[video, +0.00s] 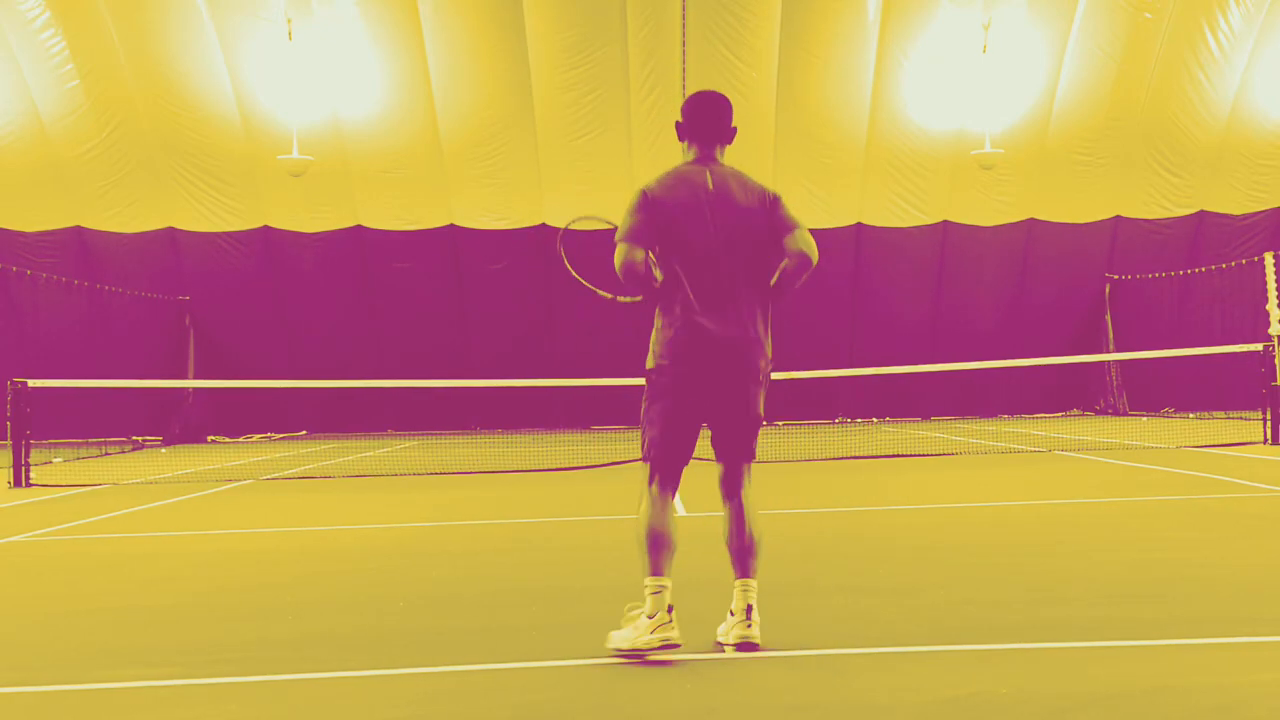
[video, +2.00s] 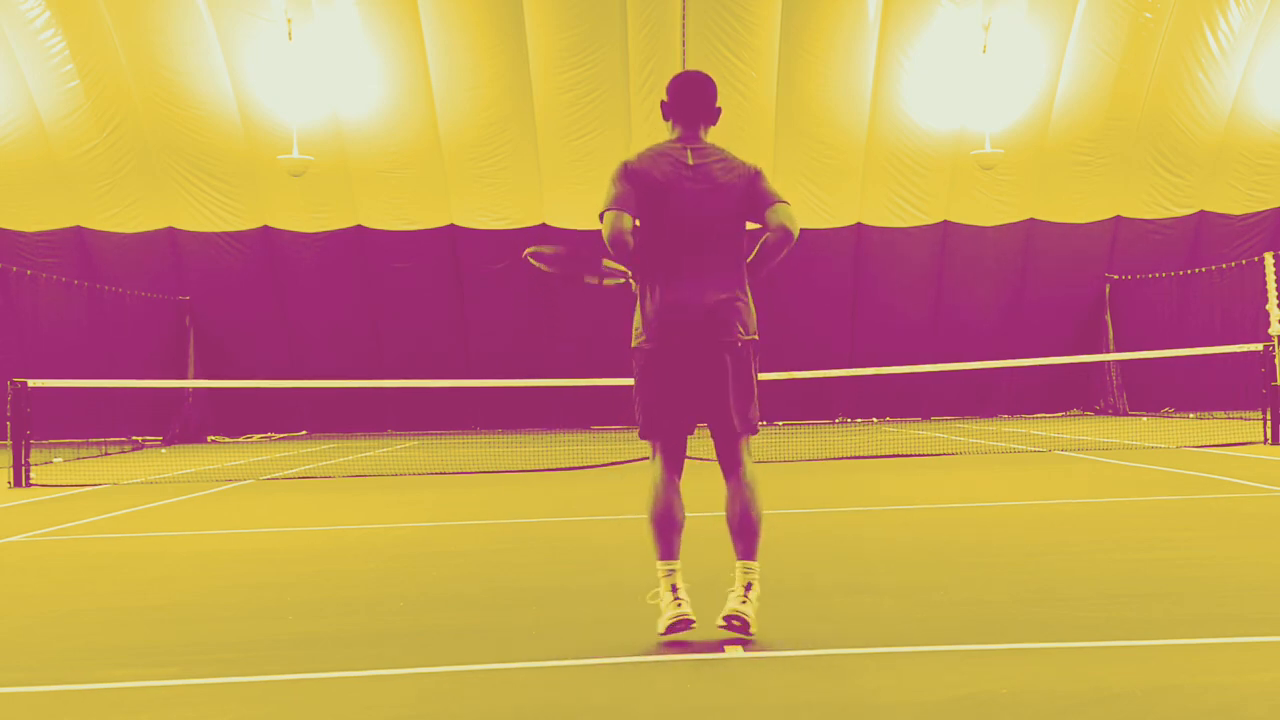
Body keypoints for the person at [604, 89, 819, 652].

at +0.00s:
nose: (693, 143)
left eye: (686, 132)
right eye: (719, 134)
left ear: (681, 134)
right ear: (732, 136)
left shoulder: (657, 192)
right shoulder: (760, 196)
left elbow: (627, 262)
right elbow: (804, 254)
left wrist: (657, 283)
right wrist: (765, 300)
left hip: (678, 353)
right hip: (743, 353)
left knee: (662, 483)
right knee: (736, 486)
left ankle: (657, 612)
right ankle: (745, 613)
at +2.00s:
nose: (680, 121)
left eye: (672, 110)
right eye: (704, 113)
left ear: (665, 113)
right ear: (716, 116)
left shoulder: (637, 168)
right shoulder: (742, 172)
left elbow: (615, 235)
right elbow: (784, 228)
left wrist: (642, 274)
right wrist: (745, 278)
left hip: (663, 328)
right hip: (727, 326)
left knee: (666, 462)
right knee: (736, 461)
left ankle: (672, 593)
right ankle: (745, 591)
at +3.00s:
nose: (702, 162)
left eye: (673, 154)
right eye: (712, 152)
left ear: (667, 155)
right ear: (717, 155)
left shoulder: (644, 216)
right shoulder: (744, 211)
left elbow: (624, 286)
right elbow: (792, 273)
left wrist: (655, 322)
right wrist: (759, 316)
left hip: (685, 371)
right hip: (750, 366)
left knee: (697, 493)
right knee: (779, 484)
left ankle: (715, 611)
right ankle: (816, 605)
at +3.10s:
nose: (697, 152)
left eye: (678, 142)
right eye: (710, 140)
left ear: (669, 144)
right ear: (718, 143)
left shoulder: (645, 206)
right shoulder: (748, 200)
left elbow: (629, 272)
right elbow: (793, 259)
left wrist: (659, 307)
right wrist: (760, 302)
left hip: (685, 359)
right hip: (747, 352)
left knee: (696, 484)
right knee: (770, 473)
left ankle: (712, 603)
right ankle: (797, 591)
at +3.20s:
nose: (688, 135)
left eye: (678, 124)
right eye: (710, 125)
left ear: (673, 127)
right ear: (722, 129)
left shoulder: (652, 185)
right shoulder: (753, 181)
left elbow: (636, 250)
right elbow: (795, 235)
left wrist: (657, 286)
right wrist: (762, 279)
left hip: (683, 337)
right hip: (745, 333)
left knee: (691, 467)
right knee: (751, 461)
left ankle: (703, 591)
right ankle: (762, 582)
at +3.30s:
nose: (691, 146)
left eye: (684, 136)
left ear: (680, 140)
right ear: (728, 142)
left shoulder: (657, 195)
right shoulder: (758, 196)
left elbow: (641, 265)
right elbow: (800, 247)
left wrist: (659, 289)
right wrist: (764, 288)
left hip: (683, 348)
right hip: (743, 348)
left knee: (679, 466)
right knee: (736, 474)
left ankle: (701, 565)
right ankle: (741, 599)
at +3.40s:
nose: (695, 171)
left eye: (687, 162)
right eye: (724, 166)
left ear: (684, 164)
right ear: (733, 168)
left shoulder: (661, 221)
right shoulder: (758, 224)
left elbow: (640, 294)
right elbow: (805, 279)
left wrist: (661, 310)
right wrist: (771, 318)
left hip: (682, 373)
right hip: (742, 375)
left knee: (663, 485)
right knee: (729, 491)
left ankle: (689, 545)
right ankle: (736, 605)